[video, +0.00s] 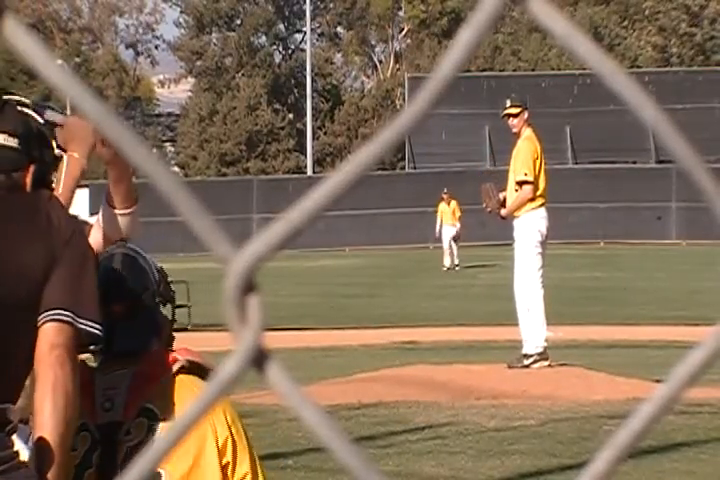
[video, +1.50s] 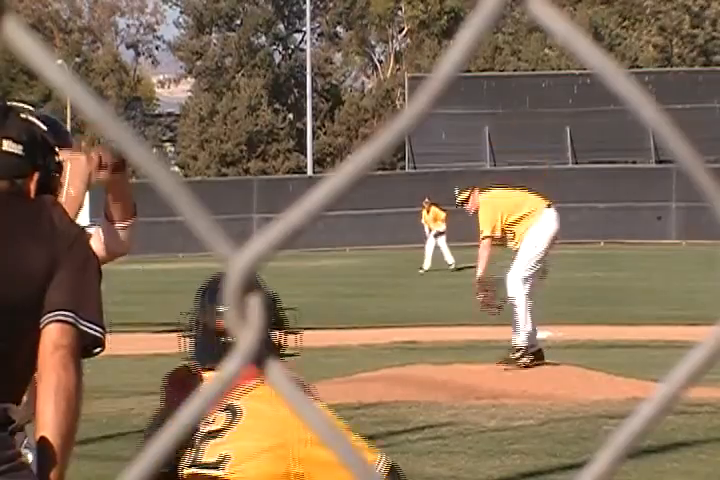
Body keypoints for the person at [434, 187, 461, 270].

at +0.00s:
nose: (445, 196)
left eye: (447, 194)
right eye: (444, 194)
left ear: (449, 195)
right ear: (442, 195)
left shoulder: (454, 203)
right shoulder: (441, 205)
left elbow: (458, 215)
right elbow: (439, 218)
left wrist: (458, 225)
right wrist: (437, 229)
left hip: (453, 225)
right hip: (445, 225)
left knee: (453, 244)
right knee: (445, 245)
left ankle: (456, 262)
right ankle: (447, 263)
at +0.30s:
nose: (441, 195)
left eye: (443, 193)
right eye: (440, 193)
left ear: (445, 194)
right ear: (438, 194)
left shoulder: (450, 203)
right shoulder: (437, 204)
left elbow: (454, 213)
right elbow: (435, 216)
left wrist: (454, 225)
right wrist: (435, 227)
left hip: (450, 224)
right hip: (442, 224)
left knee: (452, 243)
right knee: (443, 244)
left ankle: (455, 261)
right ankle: (446, 263)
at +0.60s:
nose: (439, 195)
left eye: (441, 193)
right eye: (438, 193)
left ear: (444, 195)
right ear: (437, 194)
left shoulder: (448, 203)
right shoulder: (436, 204)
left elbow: (453, 216)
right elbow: (433, 217)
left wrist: (450, 227)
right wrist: (432, 228)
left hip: (447, 224)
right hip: (439, 225)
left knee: (446, 244)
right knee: (440, 244)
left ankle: (446, 263)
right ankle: (444, 260)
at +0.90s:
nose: (439, 195)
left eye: (441, 193)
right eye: (438, 193)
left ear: (443, 194)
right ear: (435, 194)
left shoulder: (446, 203)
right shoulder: (434, 204)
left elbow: (450, 217)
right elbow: (432, 216)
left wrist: (446, 229)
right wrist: (428, 228)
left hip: (444, 225)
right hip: (437, 225)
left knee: (444, 246)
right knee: (433, 244)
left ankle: (444, 265)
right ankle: (437, 260)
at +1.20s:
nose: (430, 201)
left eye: (432, 199)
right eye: (429, 199)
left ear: (435, 199)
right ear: (428, 200)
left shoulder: (440, 207)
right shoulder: (429, 208)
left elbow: (445, 223)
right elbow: (428, 220)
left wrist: (441, 230)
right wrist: (425, 231)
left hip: (441, 228)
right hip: (433, 229)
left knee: (442, 248)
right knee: (430, 248)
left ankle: (443, 265)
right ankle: (427, 265)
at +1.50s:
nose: (426, 205)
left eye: (427, 203)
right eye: (425, 203)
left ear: (430, 204)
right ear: (423, 204)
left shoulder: (434, 209)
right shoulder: (424, 212)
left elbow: (443, 214)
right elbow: (424, 222)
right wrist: (427, 232)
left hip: (440, 230)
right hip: (432, 231)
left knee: (443, 247)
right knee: (428, 248)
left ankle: (451, 262)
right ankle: (426, 266)